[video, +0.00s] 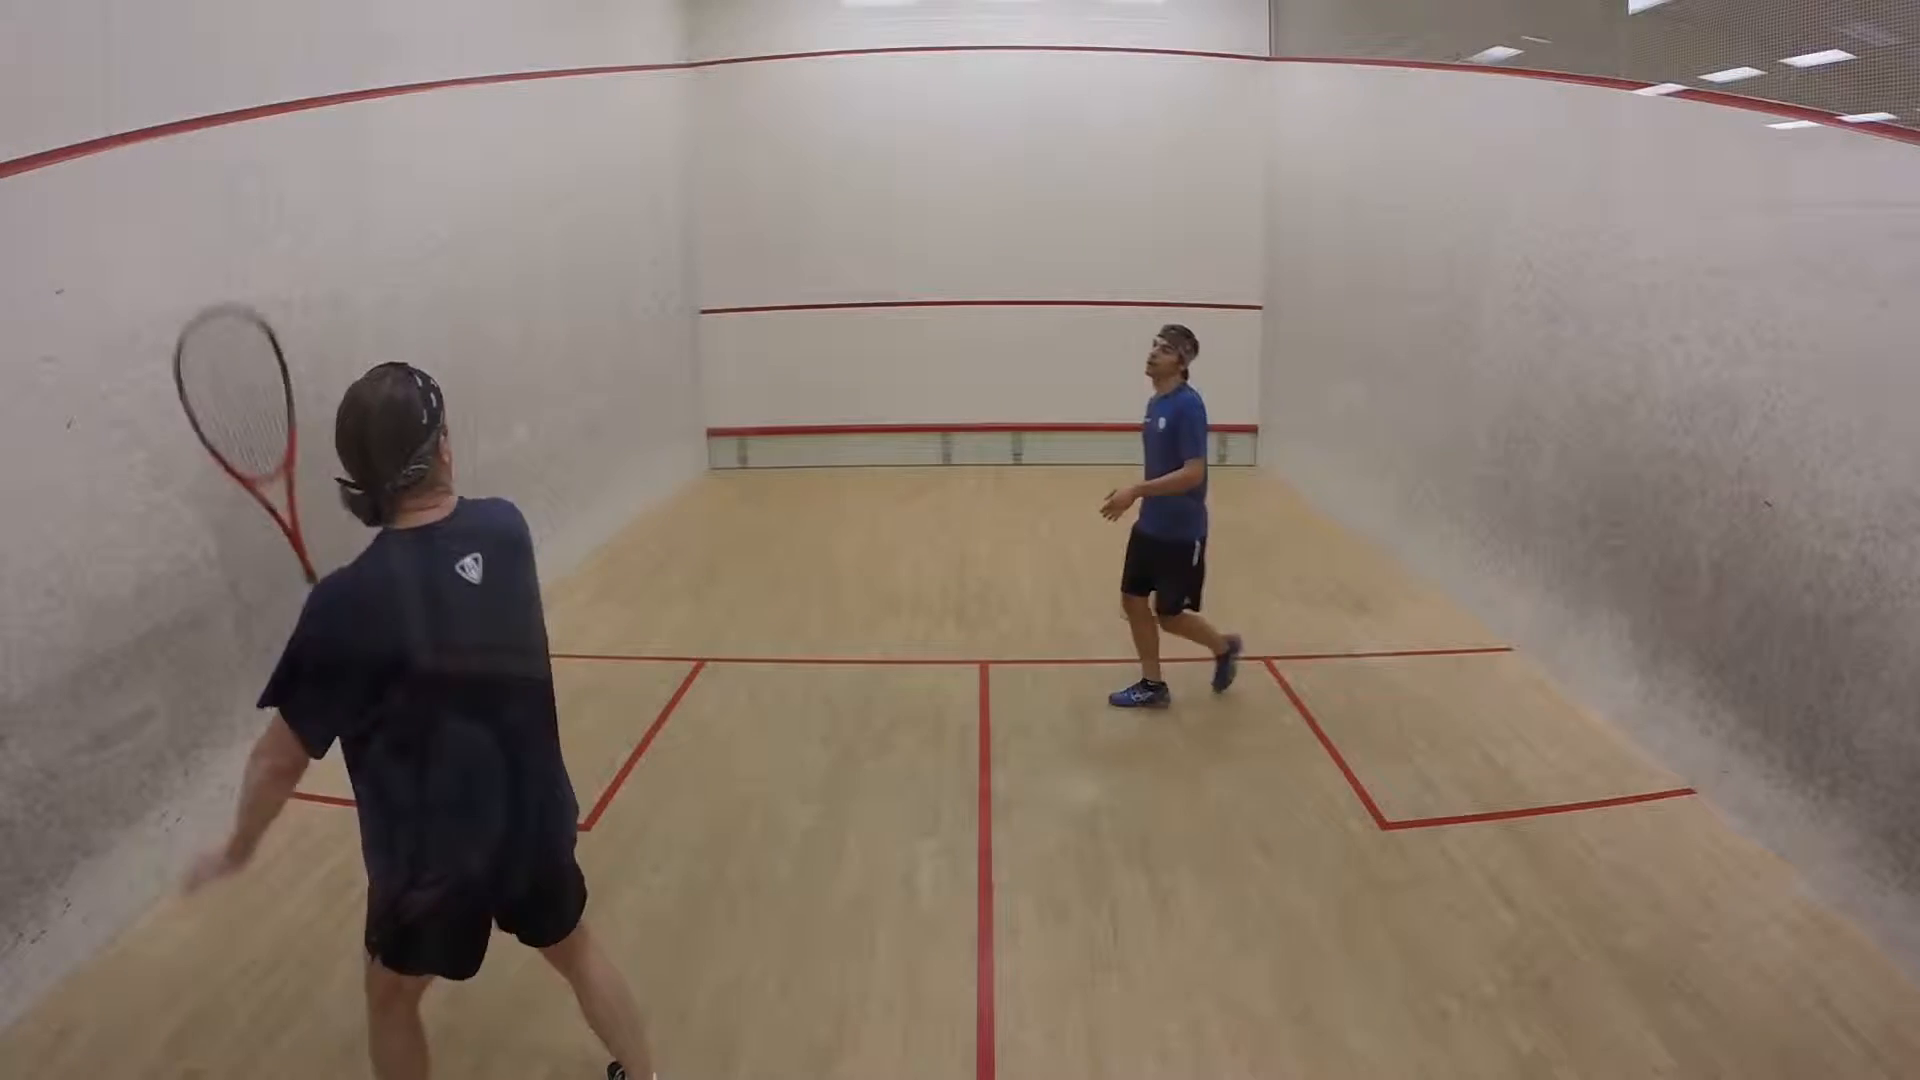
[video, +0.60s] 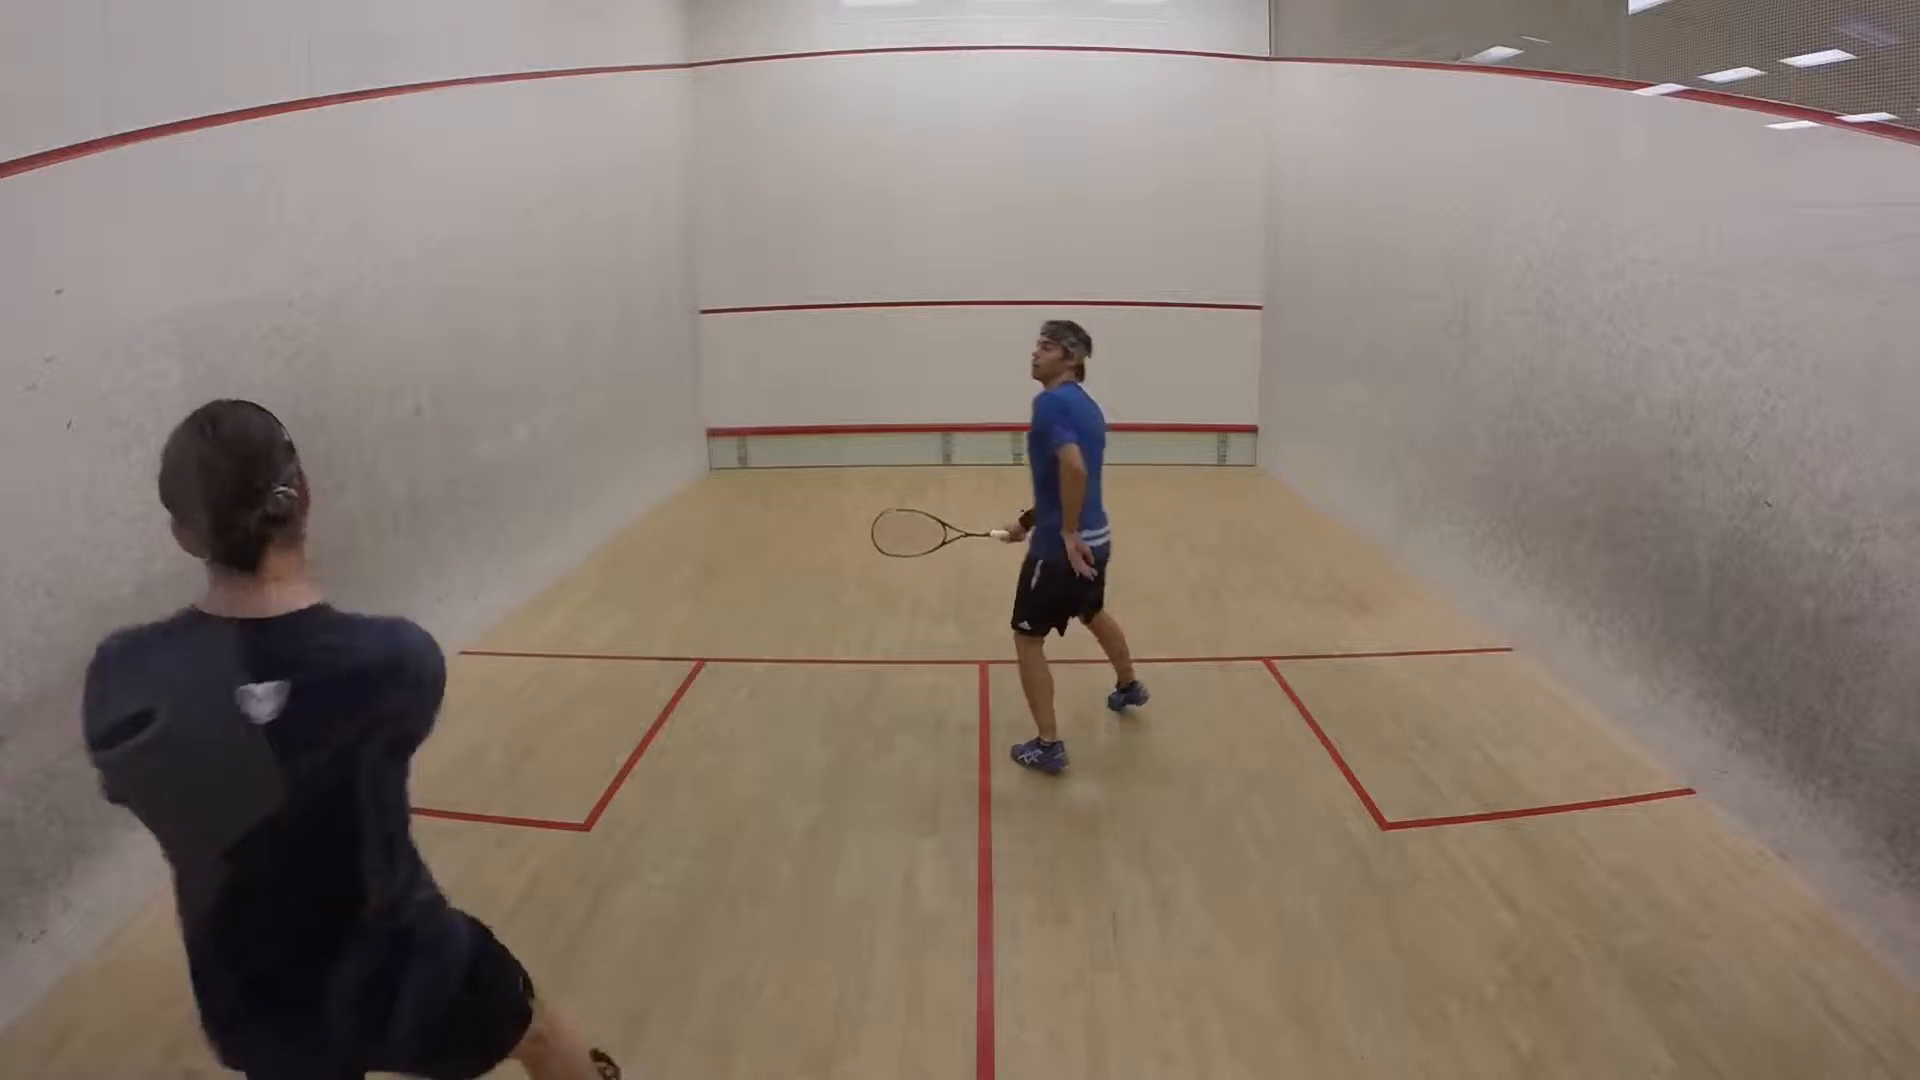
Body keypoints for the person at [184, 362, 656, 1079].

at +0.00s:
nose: (453, 440)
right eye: (448, 430)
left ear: (356, 477)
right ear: (444, 452)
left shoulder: (346, 602)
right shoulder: (505, 531)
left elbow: (280, 756)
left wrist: (238, 847)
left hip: (424, 858)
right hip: (531, 825)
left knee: (394, 1003)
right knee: (580, 953)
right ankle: (641, 1070)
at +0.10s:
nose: (445, 434)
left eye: (436, 421)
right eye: (439, 427)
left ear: (347, 487)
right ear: (437, 453)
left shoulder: (353, 621)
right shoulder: (487, 528)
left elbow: (260, 730)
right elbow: (411, 591)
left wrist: (199, 771)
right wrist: (315, 593)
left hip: (421, 863)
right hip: (520, 830)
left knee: (364, 1017)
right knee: (564, 953)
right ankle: (637, 1069)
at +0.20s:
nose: (427, 448)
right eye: (419, 439)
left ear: (325, 498)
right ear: (416, 465)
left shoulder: (355, 637)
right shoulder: (456, 530)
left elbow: (251, 707)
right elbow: (352, 578)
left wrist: (188, 699)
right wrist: (266, 583)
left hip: (405, 879)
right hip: (499, 836)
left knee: (343, 1057)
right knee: (553, 966)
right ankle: (634, 1069)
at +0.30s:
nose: (386, 463)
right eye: (382, 458)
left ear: (280, 518)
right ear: (380, 483)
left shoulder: (333, 660)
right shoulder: (422, 557)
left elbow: (213, 717)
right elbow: (301, 595)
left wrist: (185, 648)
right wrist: (229, 611)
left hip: (377, 903)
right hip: (466, 856)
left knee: (339, 1061)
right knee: (533, 983)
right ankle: (634, 1072)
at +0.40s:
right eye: (345, 476)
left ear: (245, 561)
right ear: (345, 506)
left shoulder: (290, 701)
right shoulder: (391, 587)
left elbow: (257, 800)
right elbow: (266, 631)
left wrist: (196, 740)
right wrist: (180, 666)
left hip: (342, 931)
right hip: (435, 882)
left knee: (323, 1055)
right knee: (520, 1006)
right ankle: (617, 1070)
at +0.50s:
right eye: (314, 484)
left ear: (208, 551)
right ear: (317, 505)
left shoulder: (220, 695)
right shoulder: (398, 605)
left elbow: (204, 822)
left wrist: (177, 709)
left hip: (299, 960)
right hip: (420, 919)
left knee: (284, 1064)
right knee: (533, 1020)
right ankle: (618, 1072)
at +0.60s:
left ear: (181, 532)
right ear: (302, 497)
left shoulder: (124, 677)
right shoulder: (397, 659)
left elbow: (149, 802)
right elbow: (380, 758)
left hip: (249, 1009)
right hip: (401, 970)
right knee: (538, 1035)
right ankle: (585, 1070)